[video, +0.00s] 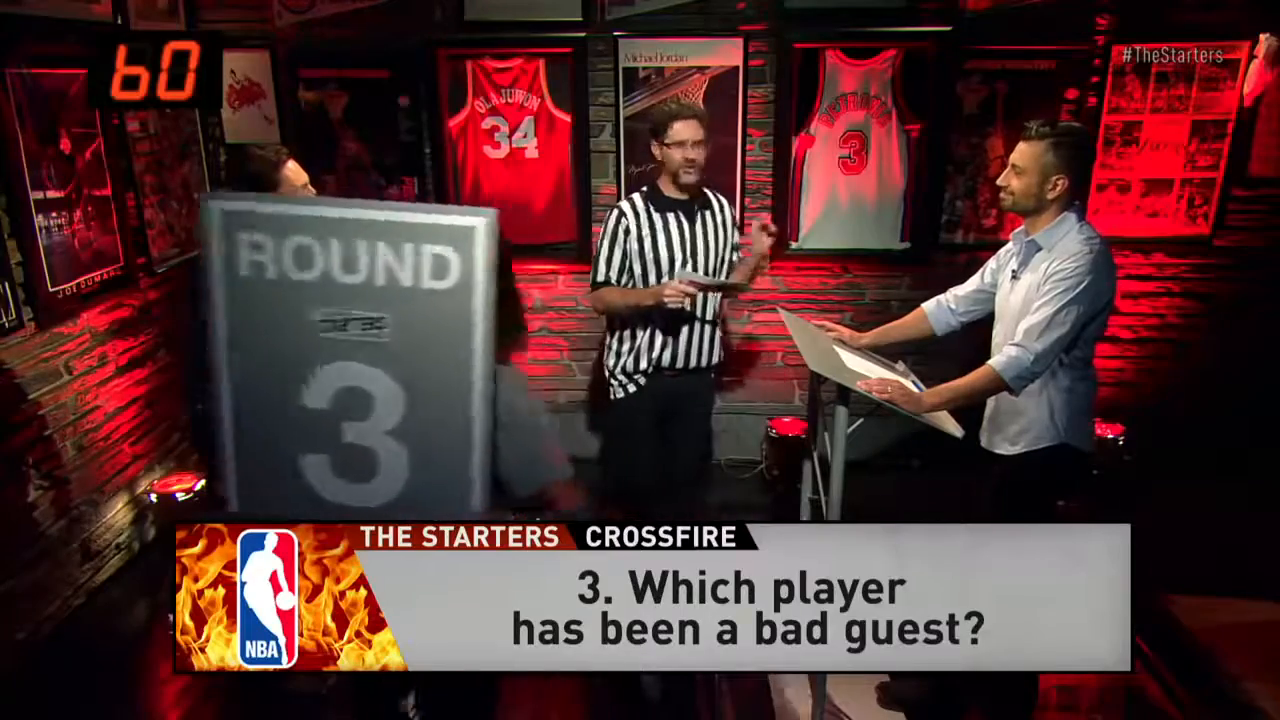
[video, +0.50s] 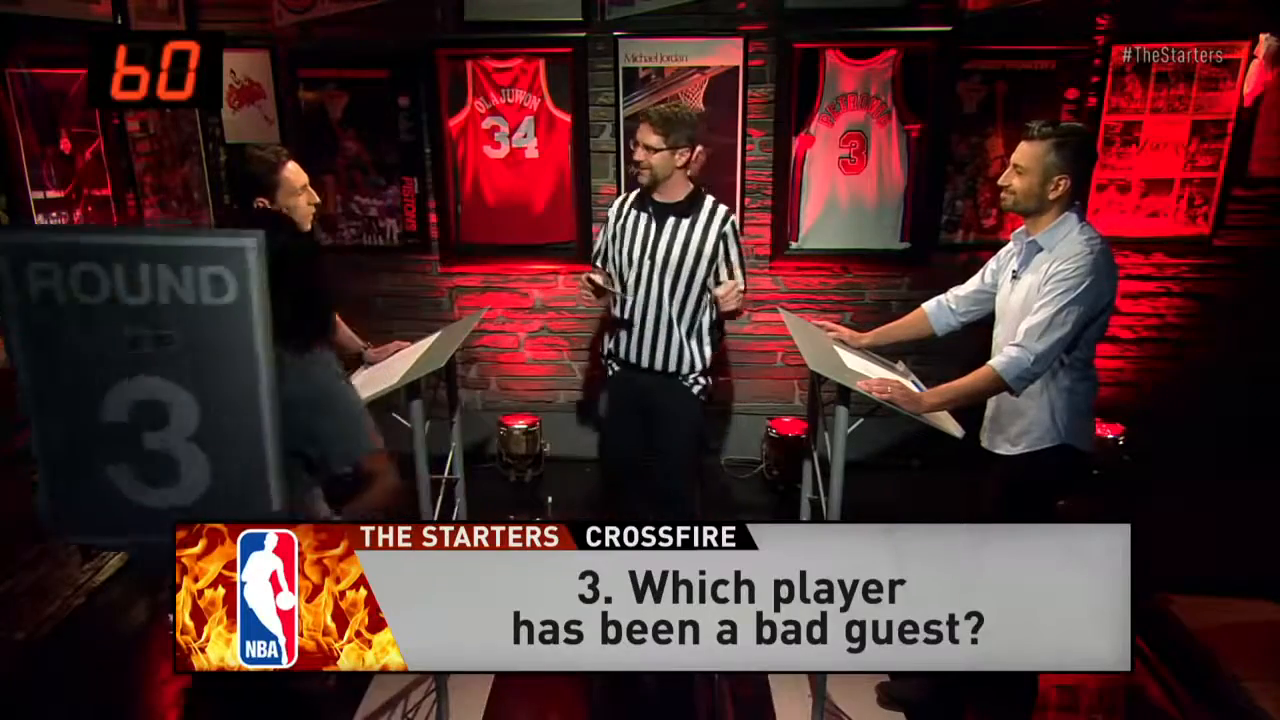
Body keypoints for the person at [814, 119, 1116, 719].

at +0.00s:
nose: (1002, 178)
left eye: (1016, 172)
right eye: (1006, 166)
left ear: (1056, 189)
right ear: (1043, 186)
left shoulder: (1082, 259)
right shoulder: (1025, 244)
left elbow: (1024, 359)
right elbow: (954, 306)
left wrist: (928, 398)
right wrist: (867, 339)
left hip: (1043, 446)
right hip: (1000, 433)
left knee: (1008, 579)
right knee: (973, 562)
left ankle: (1000, 703)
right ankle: (940, 684)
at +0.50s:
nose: (1003, 178)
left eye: (1018, 171)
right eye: (1008, 166)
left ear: (1057, 189)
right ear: (1045, 186)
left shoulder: (1084, 260)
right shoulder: (1025, 244)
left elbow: (1024, 360)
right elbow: (954, 306)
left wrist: (927, 398)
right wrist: (868, 339)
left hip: (1043, 446)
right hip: (1001, 433)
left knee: (1007, 579)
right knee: (973, 563)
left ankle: (996, 704)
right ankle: (939, 683)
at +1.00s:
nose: (1005, 177)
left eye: (1019, 170)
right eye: (1009, 166)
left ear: (1058, 188)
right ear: (1046, 186)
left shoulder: (1084, 259)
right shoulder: (1026, 243)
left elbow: (1024, 360)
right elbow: (955, 306)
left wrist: (928, 398)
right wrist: (868, 339)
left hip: (1043, 446)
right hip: (1002, 433)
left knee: (1005, 578)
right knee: (976, 563)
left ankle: (997, 704)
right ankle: (941, 683)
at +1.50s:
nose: (1004, 176)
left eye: (1019, 169)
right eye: (1009, 164)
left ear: (1057, 188)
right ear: (1046, 185)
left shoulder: (1082, 259)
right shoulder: (1025, 244)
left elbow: (1023, 360)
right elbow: (955, 306)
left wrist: (928, 398)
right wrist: (868, 339)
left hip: (1043, 445)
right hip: (1002, 433)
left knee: (1006, 578)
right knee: (977, 564)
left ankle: (1001, 705)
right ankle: (942, 683)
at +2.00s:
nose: (1005, 175)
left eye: (1020, 169)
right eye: (1010, 164)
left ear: (1058, 188)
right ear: (1047, 185)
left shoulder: (1083, 259)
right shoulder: (1025, 243)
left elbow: (1023, 360)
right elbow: (955, 306)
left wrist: (927, 398)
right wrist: (868, 339)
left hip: (1043, 446)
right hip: (1003, 434)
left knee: (1007, 580)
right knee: (979, 565)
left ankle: (1000, 705)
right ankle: (942, 684)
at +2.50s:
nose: (1006, 175)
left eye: (1021, 168)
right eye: (1011, 164)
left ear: (1058, 188)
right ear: (1047, 184)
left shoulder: (1083, 258)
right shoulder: (1025, 243)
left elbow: (1023, 360)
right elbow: (955, 306)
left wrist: (927, 398)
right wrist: (868, 339)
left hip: (1043, 445)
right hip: (1003, 433)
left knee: (1007, 580)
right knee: (980, 565)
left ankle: (1000, 705)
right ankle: (942, 683)